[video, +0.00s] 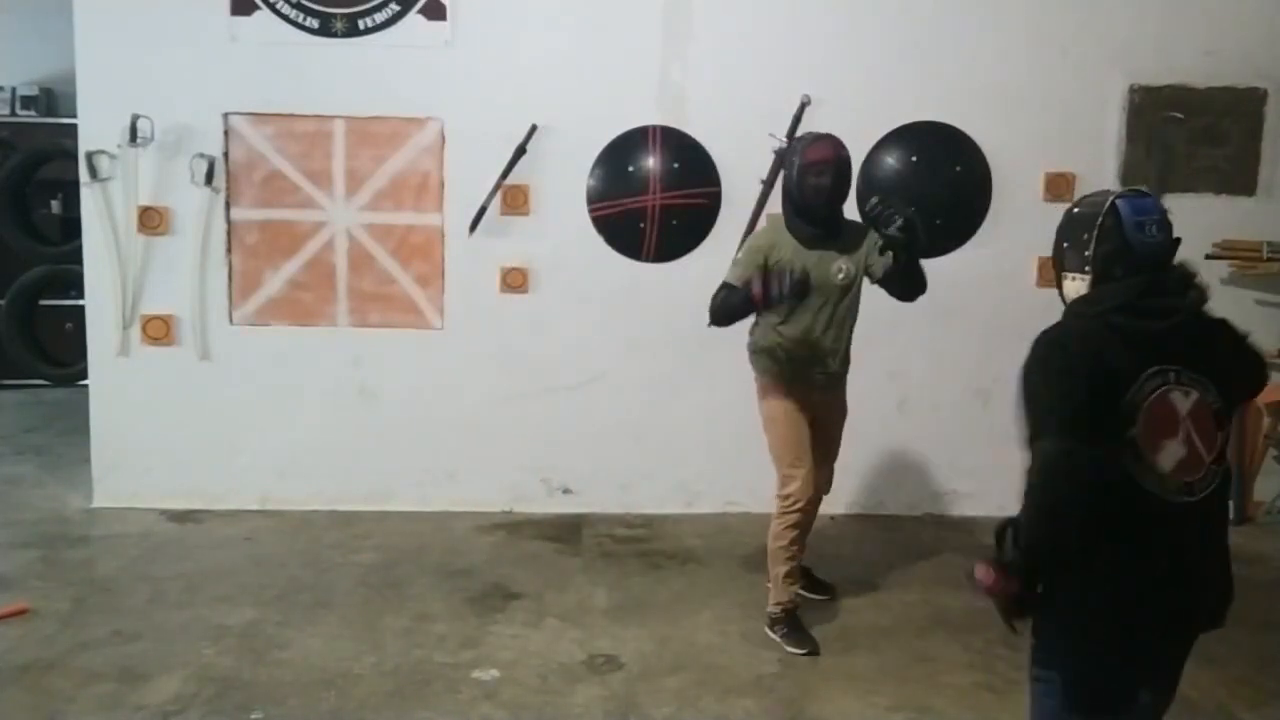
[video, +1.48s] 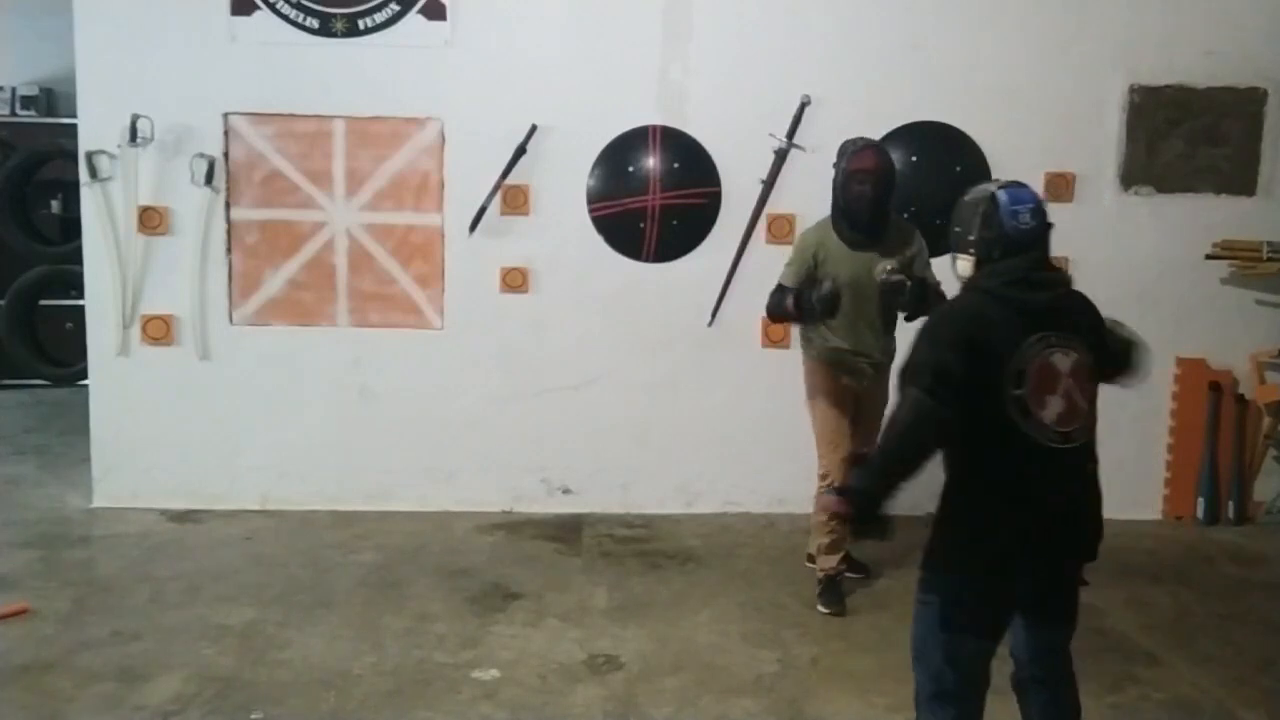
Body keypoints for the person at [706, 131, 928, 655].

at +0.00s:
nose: (824, 184)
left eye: (833, 173)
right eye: (813, 173)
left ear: (845, 180)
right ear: (792, 179)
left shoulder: (860, 240)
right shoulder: (769, 239)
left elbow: (911, 289)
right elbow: (720, 310)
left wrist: (903, 250)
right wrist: (762, 292)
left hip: (829, 380)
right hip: (778, 378)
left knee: (817, 484)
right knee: (798, 487)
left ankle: (792, 567)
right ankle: (780, 608)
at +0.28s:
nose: (840, 199)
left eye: (848, 188)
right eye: (829, 188)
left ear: (858, 193)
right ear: (804, 189)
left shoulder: (864, 248)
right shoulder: (783, 245)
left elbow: (876, 328)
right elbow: (747, 322)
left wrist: (879, 332)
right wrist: (768, 279)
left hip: (835, 376)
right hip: (787, 374)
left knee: (831, 486)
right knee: (807, 487)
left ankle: (796, 566)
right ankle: (781, 609)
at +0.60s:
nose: (864, 230)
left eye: (872, 219)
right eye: (854, 217)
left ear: (882, 222)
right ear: (830, 216)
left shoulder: (881, 261)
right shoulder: (802, 265)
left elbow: (897, 330)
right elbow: (760, 336)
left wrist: (911, 322)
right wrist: (796, 357)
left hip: (844, 385)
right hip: (797, 383)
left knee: (850, 477)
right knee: (817, 485)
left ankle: (822, 545)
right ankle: (784, 608)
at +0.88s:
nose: (868, 209)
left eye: (877, 199)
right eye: (859, 198)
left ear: (887, 204)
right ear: (838, 199)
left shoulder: (892, 247)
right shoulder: (812, 248)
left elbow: (911, 314)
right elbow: (769, 308)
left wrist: (909, 296)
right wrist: (801, 335)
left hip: (861, 378)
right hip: (816, 376)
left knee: (860, 473)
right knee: (835, 470)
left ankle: (829, 545)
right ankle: (811, 584)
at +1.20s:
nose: (865, 188)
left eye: (874, 179)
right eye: (856, 178)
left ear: (888, 186)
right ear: (838, 181)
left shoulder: (899, 240)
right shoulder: (814, 237)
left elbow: (913, 301)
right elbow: (770, 296)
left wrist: (910, 314)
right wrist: (801, 317)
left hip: (868, 371)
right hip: (822, 370)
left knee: (854, 467)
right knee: (835, 470)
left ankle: (827, 547)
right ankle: (828, 570)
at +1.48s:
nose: (863, 191)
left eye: (872, 181)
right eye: (854, 180)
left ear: (887, 188)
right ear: (838, 183)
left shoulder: (905, 241)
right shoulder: (815, 240)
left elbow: (932, 300)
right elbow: (777, 304)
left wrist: (910, 294)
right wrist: (807, 303)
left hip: (875, 366)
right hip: (827, 363)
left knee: (860, 461)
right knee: (838, 465)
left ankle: (838, 548)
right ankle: (828, 569)